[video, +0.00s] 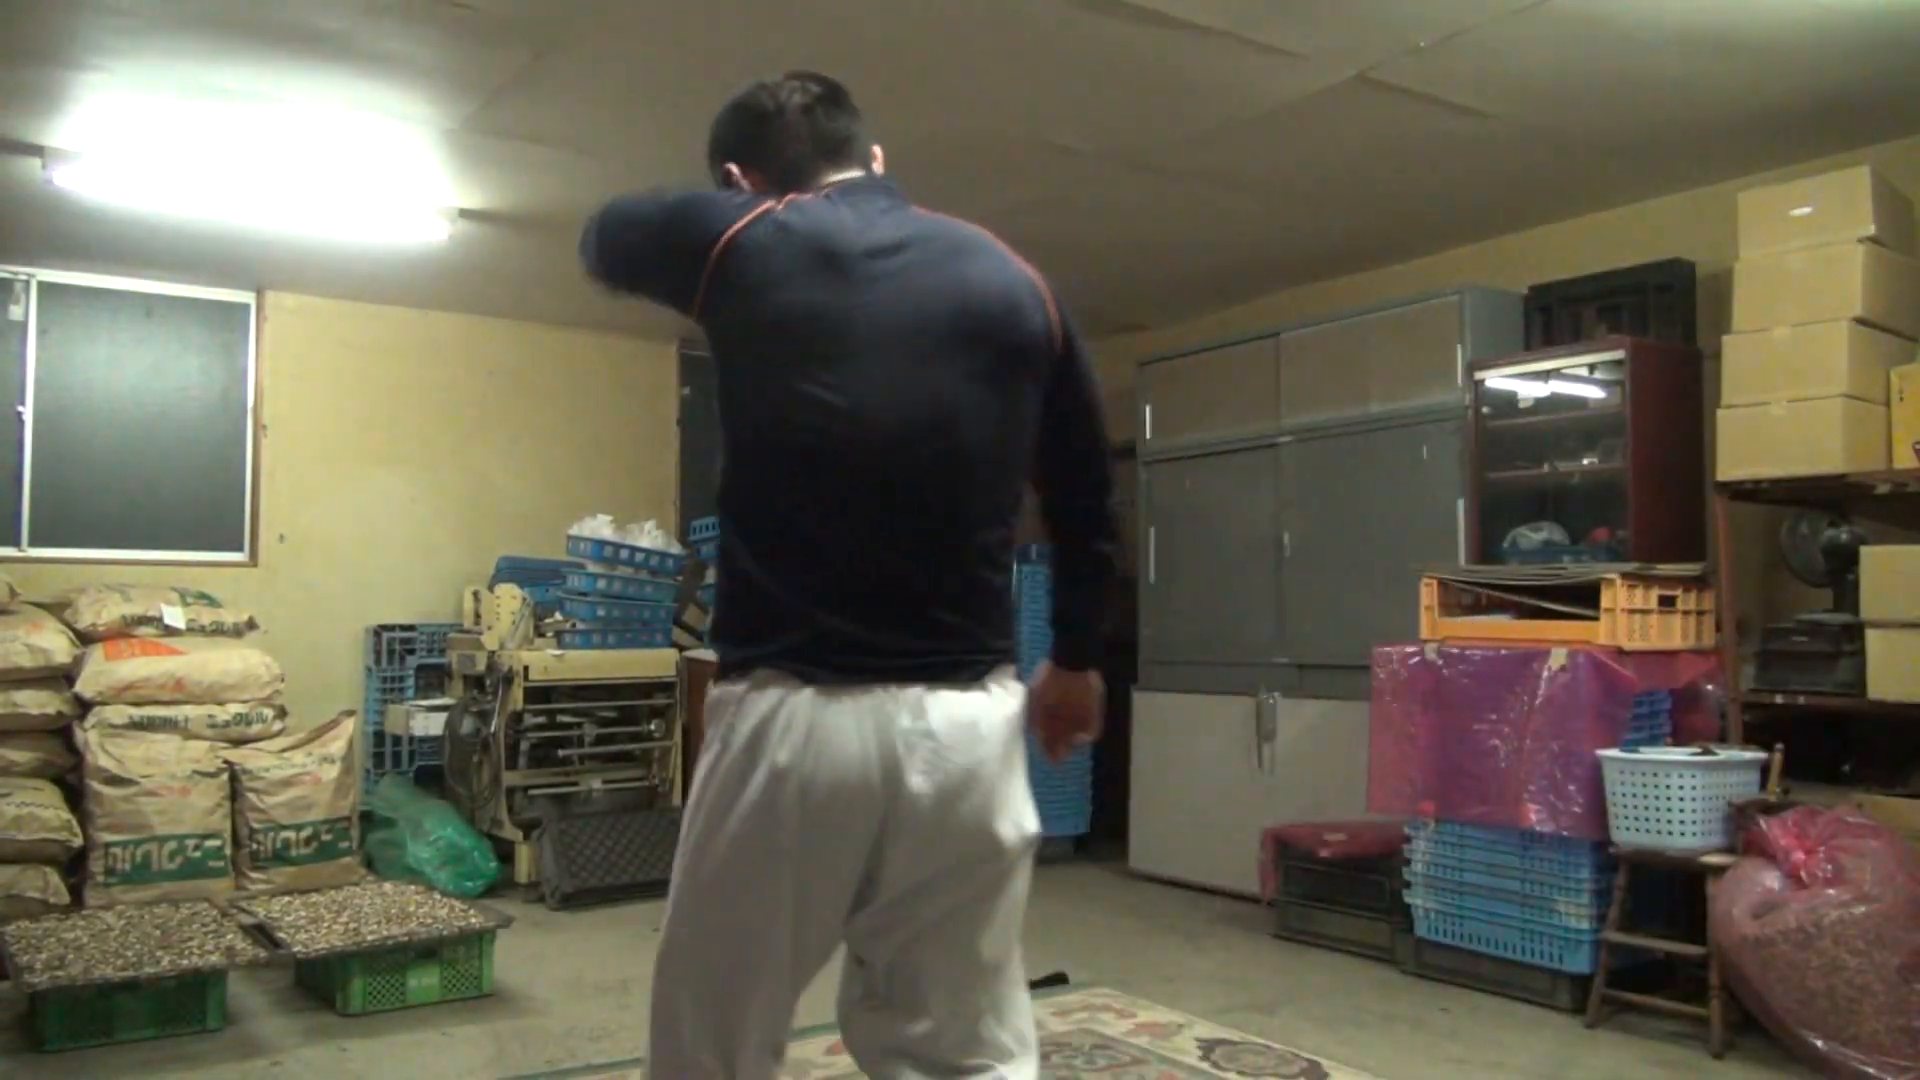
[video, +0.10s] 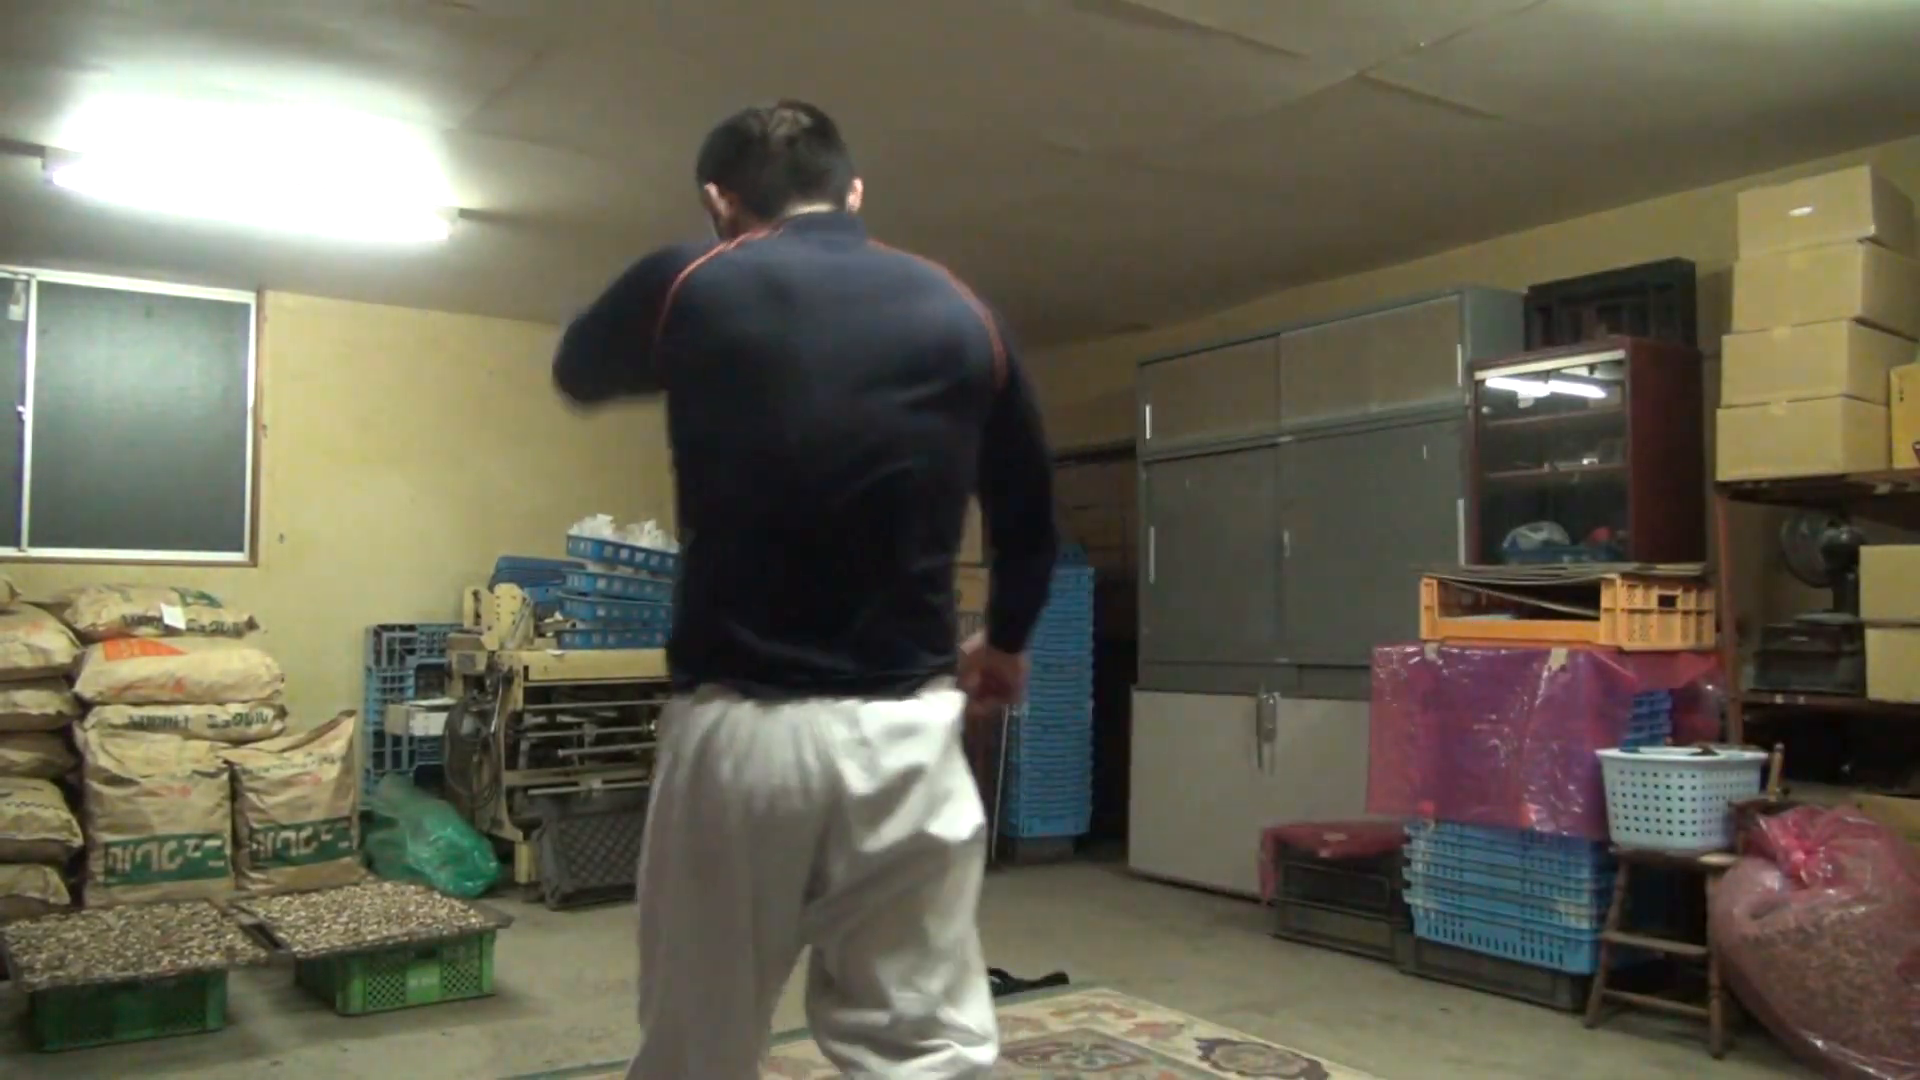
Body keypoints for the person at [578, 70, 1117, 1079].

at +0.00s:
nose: (725, 196)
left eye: (723, 185)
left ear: (743, 185)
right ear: (881, 164)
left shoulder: (751, 249)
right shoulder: (1013, 279)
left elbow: (608, 237)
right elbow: (1084, 496)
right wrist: (1080, 658)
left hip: (791, 731)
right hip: (973, 734)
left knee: (711, 1054)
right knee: (970, 1053)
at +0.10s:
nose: (705, 224)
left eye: (705, 210)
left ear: (722, 205)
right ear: (858, 197)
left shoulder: (694, 293)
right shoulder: (956, 309)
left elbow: (579, 370)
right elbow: (1025, 511)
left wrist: (702, 261)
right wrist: (1005, 642)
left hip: (736, 739)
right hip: (911, 739)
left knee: (694, 1057)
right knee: (925, 1053)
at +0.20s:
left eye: (684, 225)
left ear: (693, 229)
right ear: (825, 229)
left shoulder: (634, 333)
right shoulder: (905, 342)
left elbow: (566, 493)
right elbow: (972, 527)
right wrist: (953, 645)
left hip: (672, 743)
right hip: (839, 747)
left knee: (645, 1050)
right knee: (887, 1043)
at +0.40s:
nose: (784, 263)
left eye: (784, 246)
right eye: (785, 245)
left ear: (659, 238)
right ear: (768, 239)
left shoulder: (560, 345)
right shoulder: (824, 350)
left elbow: (520, 530)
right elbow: (880, 543)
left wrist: (621, 582)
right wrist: (891, 701)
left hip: (612, 716)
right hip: (761, 713)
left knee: (630, 1012)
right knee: (783, 979)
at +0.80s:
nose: (713, 324)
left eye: (715, 308)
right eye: (713, 307)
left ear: (607, 296)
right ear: (687, 302)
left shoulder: (511, 387)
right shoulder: (731, 395)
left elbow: (480, 546)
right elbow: (785, 559)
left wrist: (572, 566)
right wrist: (820, 689)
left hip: (546, 719)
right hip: (678, 714)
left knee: (507, 963)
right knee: (692, 966)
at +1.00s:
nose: (646, 332)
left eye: (646, 315)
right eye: (643, 315)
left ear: (545, 314)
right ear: (613, 315)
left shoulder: (454, 404)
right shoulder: (642, 391)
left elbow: (432, 553)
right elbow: (692, 522)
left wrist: (531, 559)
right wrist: (710, 601)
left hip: (468, 716)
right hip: (591, 715)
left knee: (436, 954)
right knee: (660, 961)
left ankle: (390, 1071)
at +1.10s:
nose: (613, 350)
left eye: (613, 332)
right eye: (608, 331)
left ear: (524, 332)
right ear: (564, 331)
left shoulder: (426, 419)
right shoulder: (572, 396)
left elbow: (415, 561)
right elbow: (596, 528)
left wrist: (547, 630)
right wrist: (658, 595)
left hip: (415, 716)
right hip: (524, 716)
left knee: (407, 966)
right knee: (620, 954)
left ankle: (381, 1072)